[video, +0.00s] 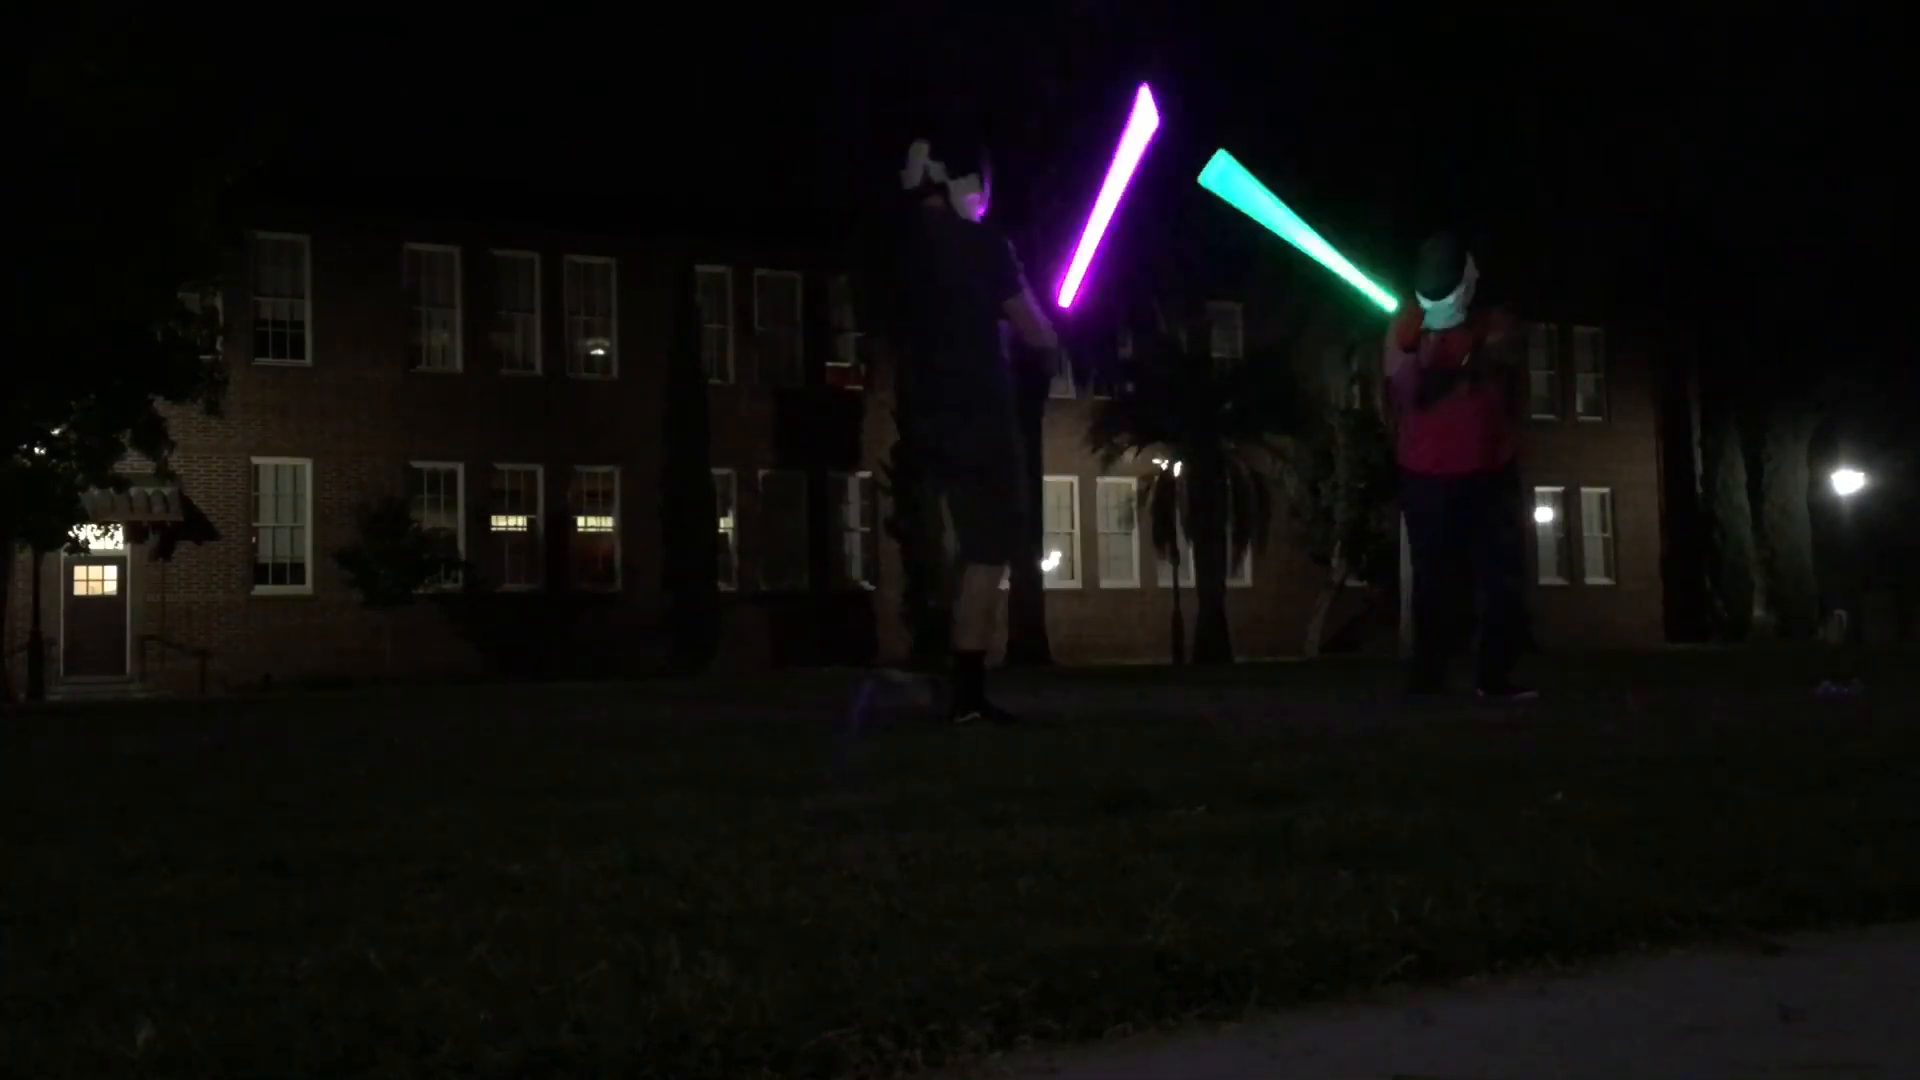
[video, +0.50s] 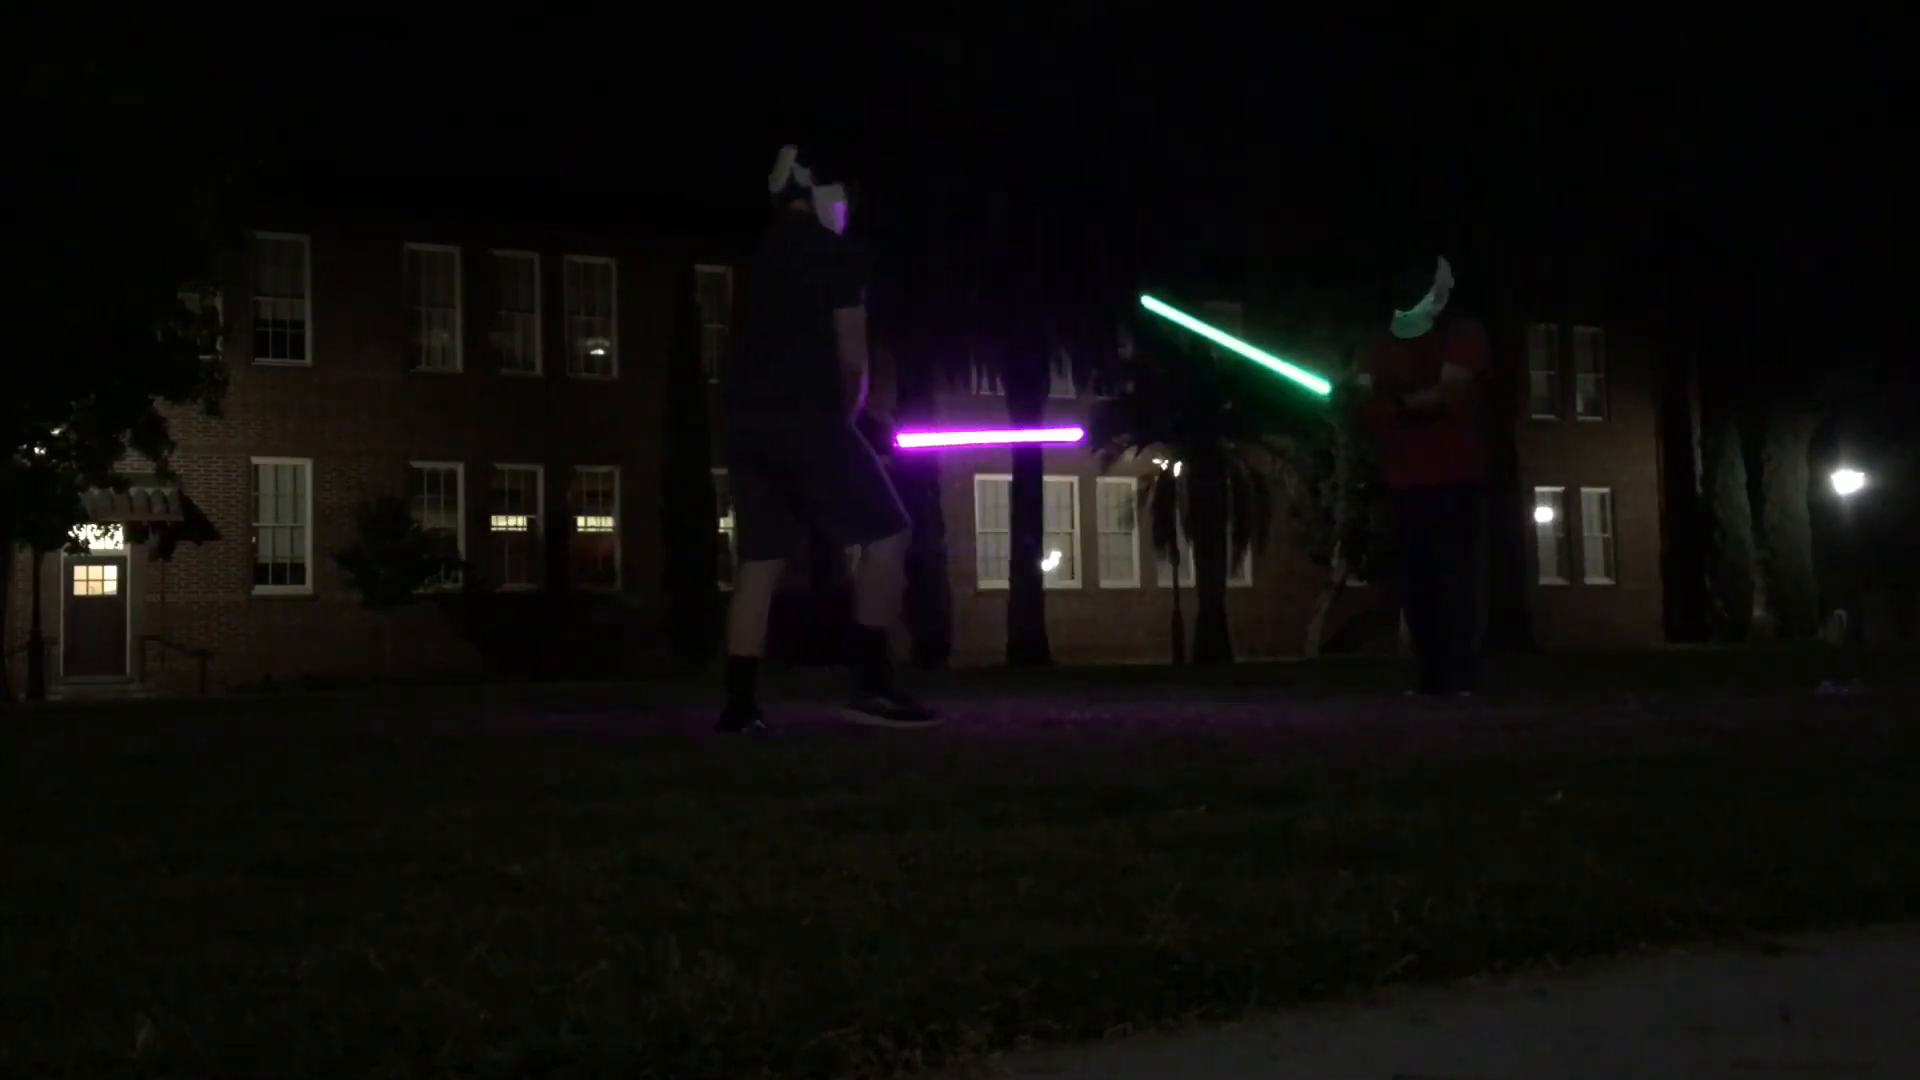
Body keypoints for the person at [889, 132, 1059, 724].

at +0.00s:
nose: (987, 200)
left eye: (984, 188)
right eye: (983, 189)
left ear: (933, 186)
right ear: (970, 188)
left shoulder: (900, 247)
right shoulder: (983, 246)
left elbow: (884, 345)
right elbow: (1038, 332)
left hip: (924, 412)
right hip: (980, 412)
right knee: (987, 548)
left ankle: (955, 680)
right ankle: (968, 689)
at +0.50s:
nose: (848, 206)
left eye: (845, 195)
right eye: (841, 195)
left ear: (786, 199)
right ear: (819, 199)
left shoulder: (758, 256)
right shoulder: (836, 257)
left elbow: (751, 349)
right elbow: (852, 357)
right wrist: (842, 418)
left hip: (752, 427)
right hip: (816, 427)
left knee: (758, 560)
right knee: (887, 537)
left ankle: (739, 705)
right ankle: (873, 685)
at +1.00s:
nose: (801, 200)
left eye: (798, 189)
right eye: (794, 189)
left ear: (746, 192)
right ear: (774, 191)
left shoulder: (720, 242)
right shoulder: (786, 244)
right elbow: (813, 342)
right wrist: (822, 403)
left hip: (720, 413)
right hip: (759, 420)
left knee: (797, 546)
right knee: (715, 558)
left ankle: (751, 684)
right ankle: (683, 701)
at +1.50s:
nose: (888, 254)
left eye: (886, 244)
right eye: (884, 244)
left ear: (835, 245)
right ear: (866, 245)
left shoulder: (820, 296)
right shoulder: (866, 299)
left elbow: (883, 281)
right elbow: (961, 317)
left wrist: (925, 258)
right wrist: (957, 261)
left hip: (860, 470)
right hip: (870, 473)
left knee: (963, 557)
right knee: (886, 599)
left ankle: (976, 698)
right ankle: (735, 672)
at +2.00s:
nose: (865, 240)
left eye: (858, 233)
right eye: (857, 233)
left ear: (818, 236)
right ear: (836, 232)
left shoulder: (861, 298)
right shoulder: (836, 282)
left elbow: (931, 285)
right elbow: (931, 226)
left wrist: (990, 243)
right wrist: (964, 217)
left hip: (915, 465)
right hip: (887, 467)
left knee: (992, 558)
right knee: (932, 606)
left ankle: (984, 702)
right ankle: (789, 693)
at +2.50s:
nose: (858, 181)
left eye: (859, 171)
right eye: (852, 170)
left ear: (796, 176)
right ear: (831, 174)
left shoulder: (819, 230)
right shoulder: (829, 226)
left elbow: (884, 206)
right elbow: (925, 176)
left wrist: (890, 167)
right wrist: (930, 140)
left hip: (874, 416)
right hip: (863, 419)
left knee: (924, 562)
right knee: (920, 568)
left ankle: (909, 706)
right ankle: (787, 681)